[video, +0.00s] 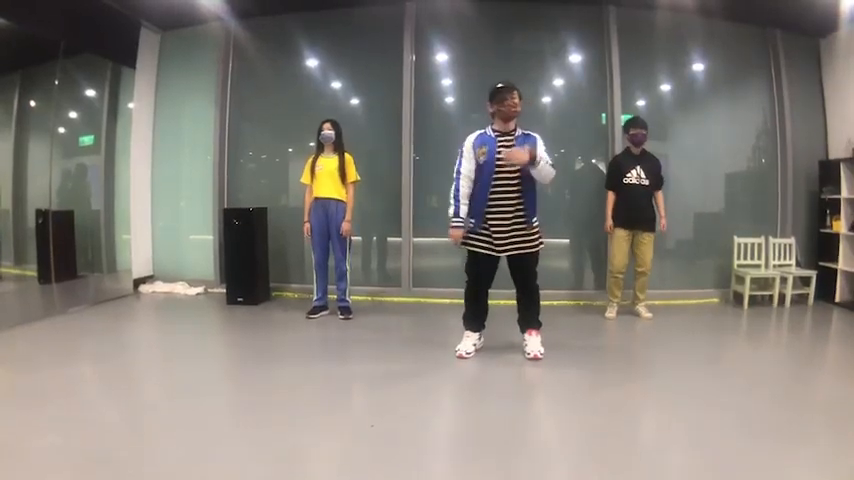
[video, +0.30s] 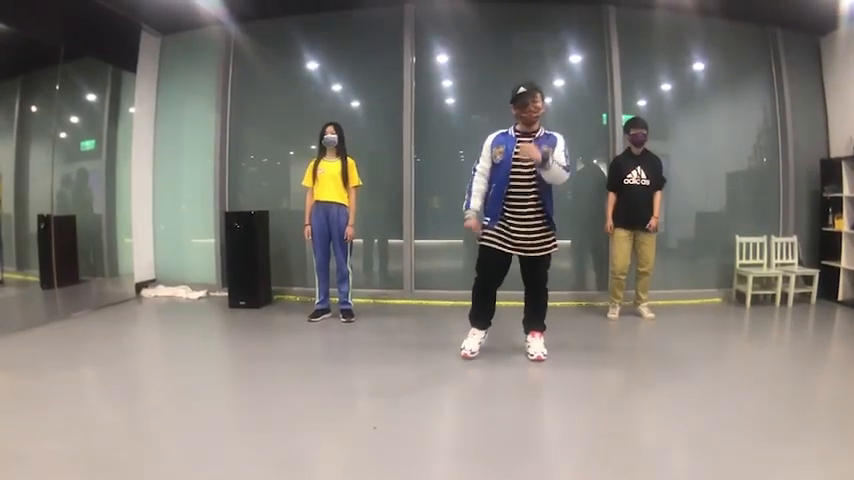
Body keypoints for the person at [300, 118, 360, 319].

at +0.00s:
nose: (326, 133)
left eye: (330, 130)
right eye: (323, 130)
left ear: (337, 134)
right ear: (319, 135)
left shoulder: (345, 158)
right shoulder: (313, 160)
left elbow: (350, 190)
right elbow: (309, 191)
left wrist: (348, 219)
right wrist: (306, 219)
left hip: (338, 204)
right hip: (318, 204)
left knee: (340, 257)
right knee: (319, 257)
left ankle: (343, 302)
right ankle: (320, 301)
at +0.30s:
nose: (330, 137)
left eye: (334, 133)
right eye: (326, 134)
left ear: (340, 138)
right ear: (321, 138)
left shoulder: (348, 163)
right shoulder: (315, 164)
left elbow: (352, 194)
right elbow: (310, 194)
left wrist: (351, 223)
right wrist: (307, 222)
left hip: (340, 207)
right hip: (319, 207)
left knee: (342, 260)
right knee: (320, 260)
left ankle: (345, 305)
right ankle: (322, 304)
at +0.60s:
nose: (330, 137)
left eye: (334, 133)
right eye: (326, 134)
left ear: (340, 138)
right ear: (321, 138)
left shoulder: (347, 163)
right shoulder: (315, 164)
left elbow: (352, 194)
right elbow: (310, 194)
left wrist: (351, 224)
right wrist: (308, 222)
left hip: (339, 208)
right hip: (319, 207)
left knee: (343, 261)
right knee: (320, 260)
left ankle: (346, 306)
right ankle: (322, 305)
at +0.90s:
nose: (331, 139)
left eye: (335, 136)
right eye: (327, 136)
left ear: (341, 140)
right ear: (322, 140)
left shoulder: (348, 164)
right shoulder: (316, 166)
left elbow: (353, 196)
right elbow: (312, 197)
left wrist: (351, 225)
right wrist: (309, 225)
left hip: (341, 210)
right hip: (320, 210)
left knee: (344, 262)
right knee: (323, 262)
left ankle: (347, 308)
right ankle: (324, 307)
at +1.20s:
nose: (332, 139)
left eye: (336, 136)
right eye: (329, 137)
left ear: (342, 140)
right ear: (324, 141)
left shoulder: (350, 165)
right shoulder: (318, 167)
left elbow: (354, 197)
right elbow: (314, 198)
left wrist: (352, 226)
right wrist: (311, 226)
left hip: (342, 212)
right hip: (321, 212)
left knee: (344, 264)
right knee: (323, 264)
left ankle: (348, 310)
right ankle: (325, 309)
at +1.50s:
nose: (336, 140)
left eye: (340, 137)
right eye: (332, 137)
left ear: (346, 141)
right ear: (327, 142)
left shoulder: (353, 166)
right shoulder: (320, 167)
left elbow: (357, 196)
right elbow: (313, 198)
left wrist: (362, 224)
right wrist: (305, 225)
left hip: (344, 214)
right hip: (323, 214)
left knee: (346, 265)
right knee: (325, 265)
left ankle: (349, 312)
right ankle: (326, 311)